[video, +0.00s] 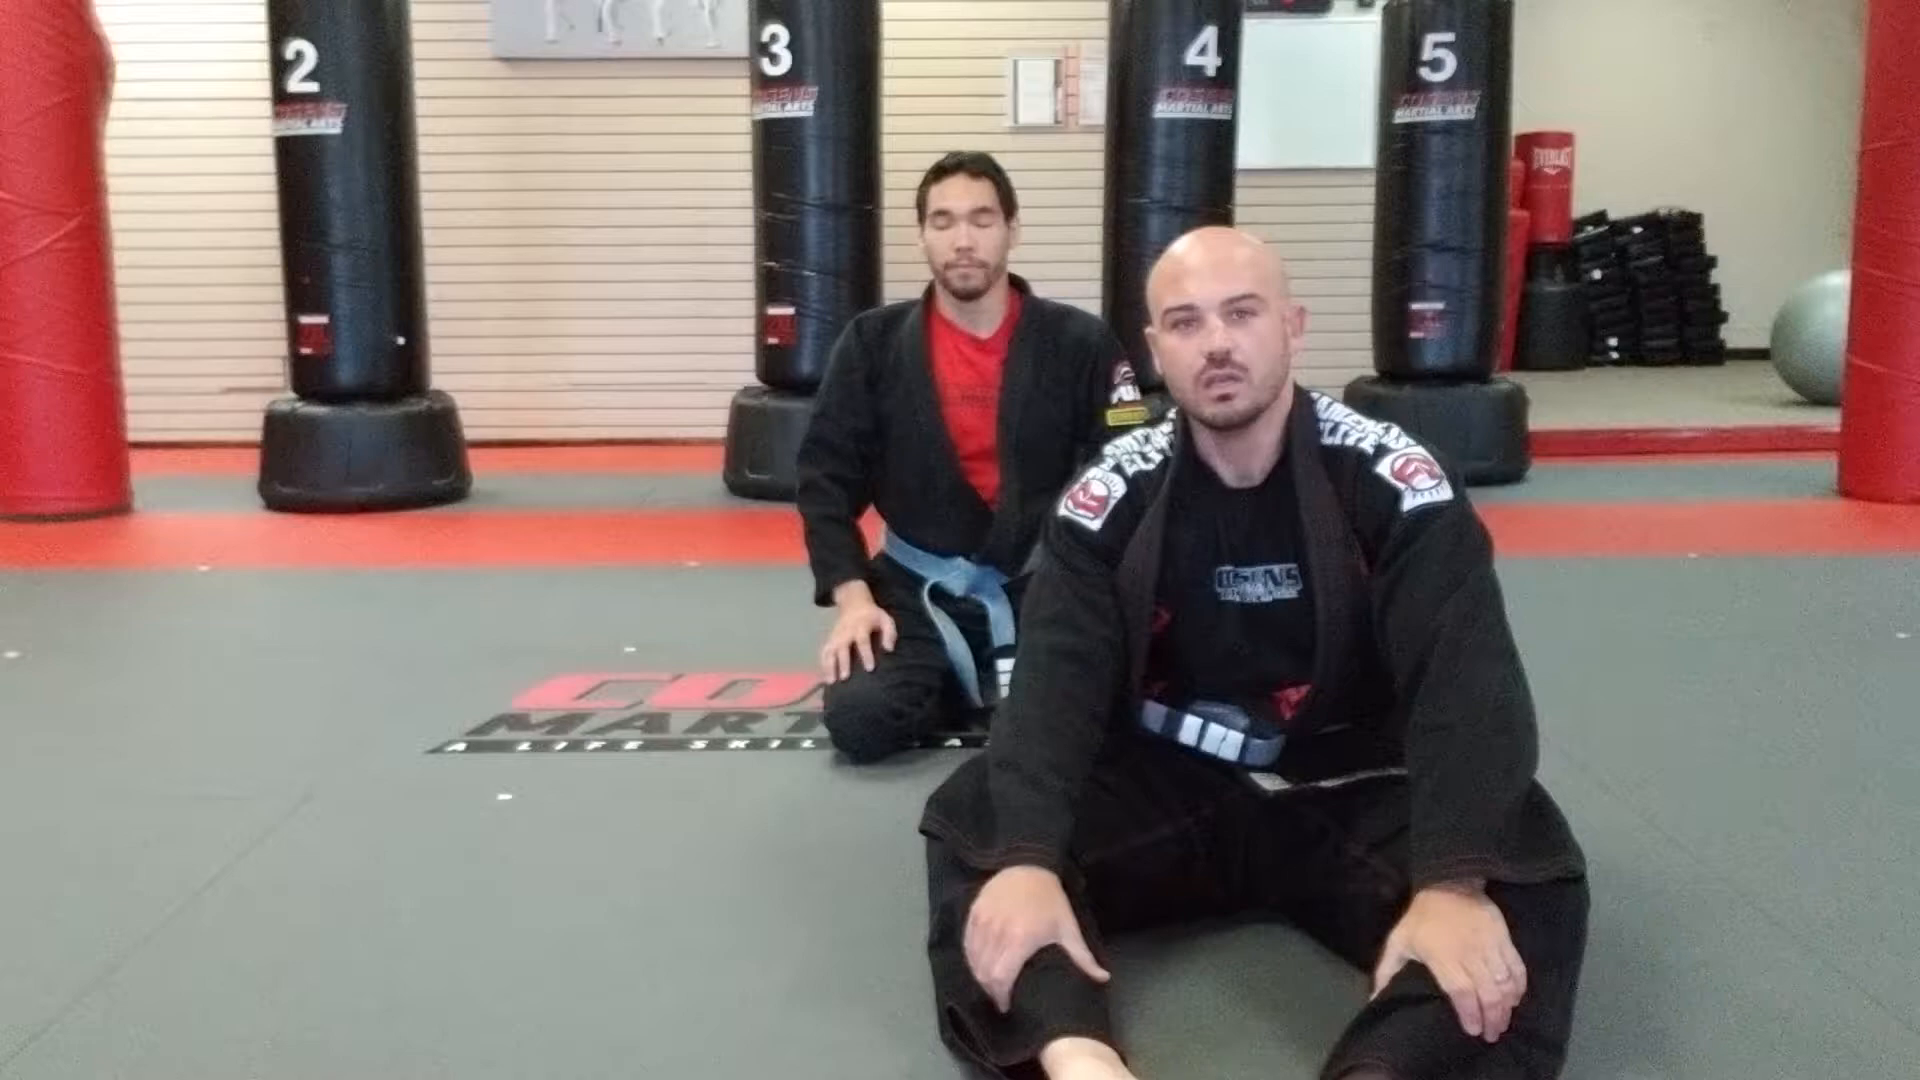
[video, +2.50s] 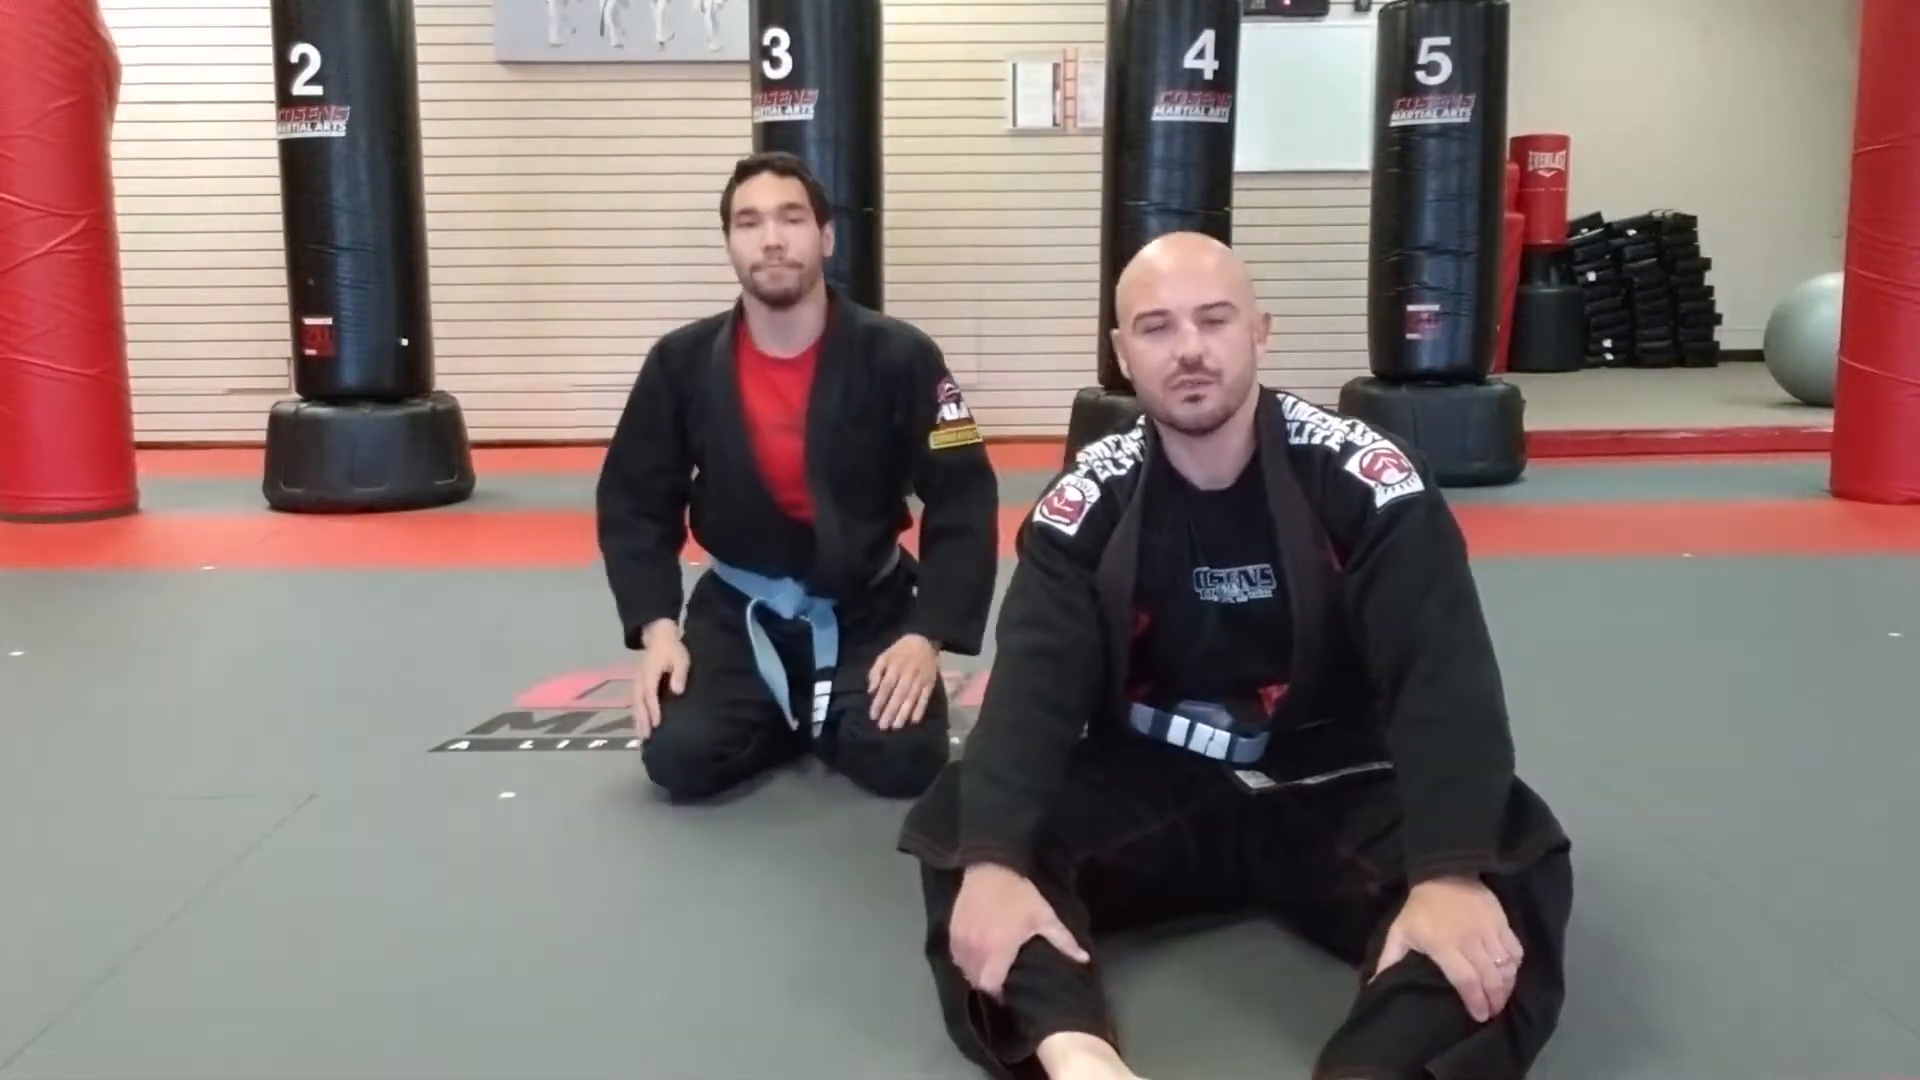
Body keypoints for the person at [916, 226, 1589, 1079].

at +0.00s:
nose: (1216, 345)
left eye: (1241, 315)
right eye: (1186, 323)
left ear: (1294, 326)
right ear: (1154, 348)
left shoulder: (1387, 472)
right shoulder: (1111, 494)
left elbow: (1467, 680)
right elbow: (1054, 680)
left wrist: (1453, 882)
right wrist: (1027, 858)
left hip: (1352, 804)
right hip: (1161, 799)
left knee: (1528, 867)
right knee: (974, 812)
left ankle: (1384, 1065)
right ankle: (1082, 1062)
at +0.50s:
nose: (1204, 356)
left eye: (1230, 325)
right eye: (1174, 331)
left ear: (1281, 331)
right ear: (1140, 346)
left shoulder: (1370, 472)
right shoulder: (1093, 488)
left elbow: (1447, 677)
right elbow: (1040, 680)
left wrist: (1440, 881)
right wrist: (1015, 859)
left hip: (1341, 802)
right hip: (1151, 796)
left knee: (1519, 865)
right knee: (966, 818)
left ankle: (1380, 1065)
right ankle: (1080, 1062)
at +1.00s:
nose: (1337, 372)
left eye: (1373, 345)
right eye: (1312, 337)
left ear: (1417, 356)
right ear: (1267, 339)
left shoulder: (1473, 511)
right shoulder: (1177, 480)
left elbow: (1515, 723)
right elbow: (1084, 672)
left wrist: (1525, 917)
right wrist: (1036, 860)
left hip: (1371, 816)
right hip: (1176, 797)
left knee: (1553, 897)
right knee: (988, 822)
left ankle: (1406, 1058)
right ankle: (1085, 1058)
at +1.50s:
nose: (1318, 360)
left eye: (1346, 333)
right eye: (1287, 330)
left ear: (1375, 347)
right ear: (1232, 340)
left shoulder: (1438, 496)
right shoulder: (1150, 487)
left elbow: (1497, 701)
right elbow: (1063, 678)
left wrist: (1503, 897)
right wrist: (1007, 856)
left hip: (1363, 804)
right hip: (1171, 790)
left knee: (1541, 890)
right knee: (983, 820)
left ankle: (1383, 1061)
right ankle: (1083, 1058)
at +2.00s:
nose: (1175, 363)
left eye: (1196, 331)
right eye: (1139, 343)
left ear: (1239, 335)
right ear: (1105, 367)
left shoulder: (1350, 479)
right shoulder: (1073, 510)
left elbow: (1441, 673)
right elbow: (1022, 697)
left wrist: (1466, 878)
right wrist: (984, 866)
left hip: (1335, 795)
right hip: (1146, 793)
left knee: (1514, 855)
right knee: (958, 831)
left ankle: (1374, 1060)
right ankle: (1076, 1057)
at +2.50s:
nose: (1188, 349)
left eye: (1214, 320)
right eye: (1156, 328)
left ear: (1260, 334)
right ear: (1121, 352)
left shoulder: (1359, 471)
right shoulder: (1089, 497)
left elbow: (1443, 673)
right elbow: (1032, 688)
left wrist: (1449, 871)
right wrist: (989, 860)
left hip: (1337, 797)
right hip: (1149, 793)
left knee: (1511, 848)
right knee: (965, 825)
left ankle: (1371, 1063)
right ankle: (1082, 1062)